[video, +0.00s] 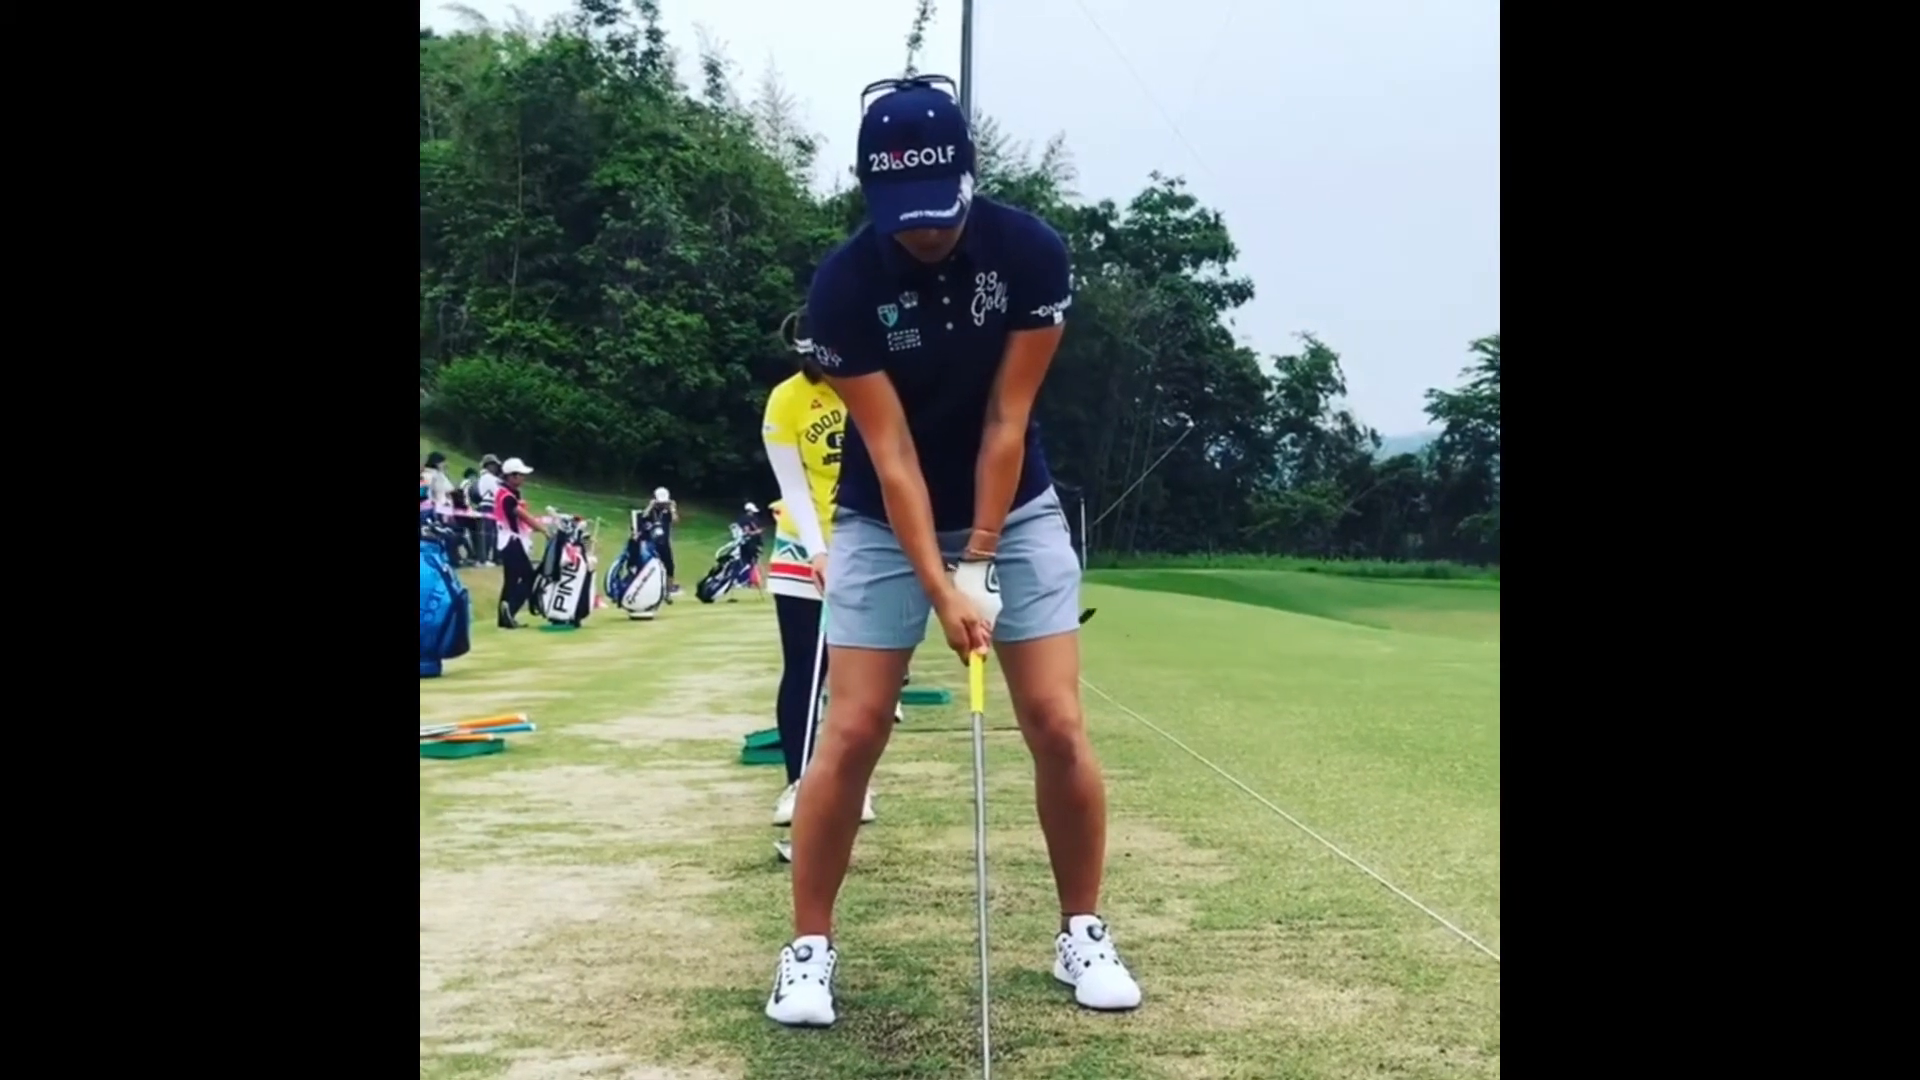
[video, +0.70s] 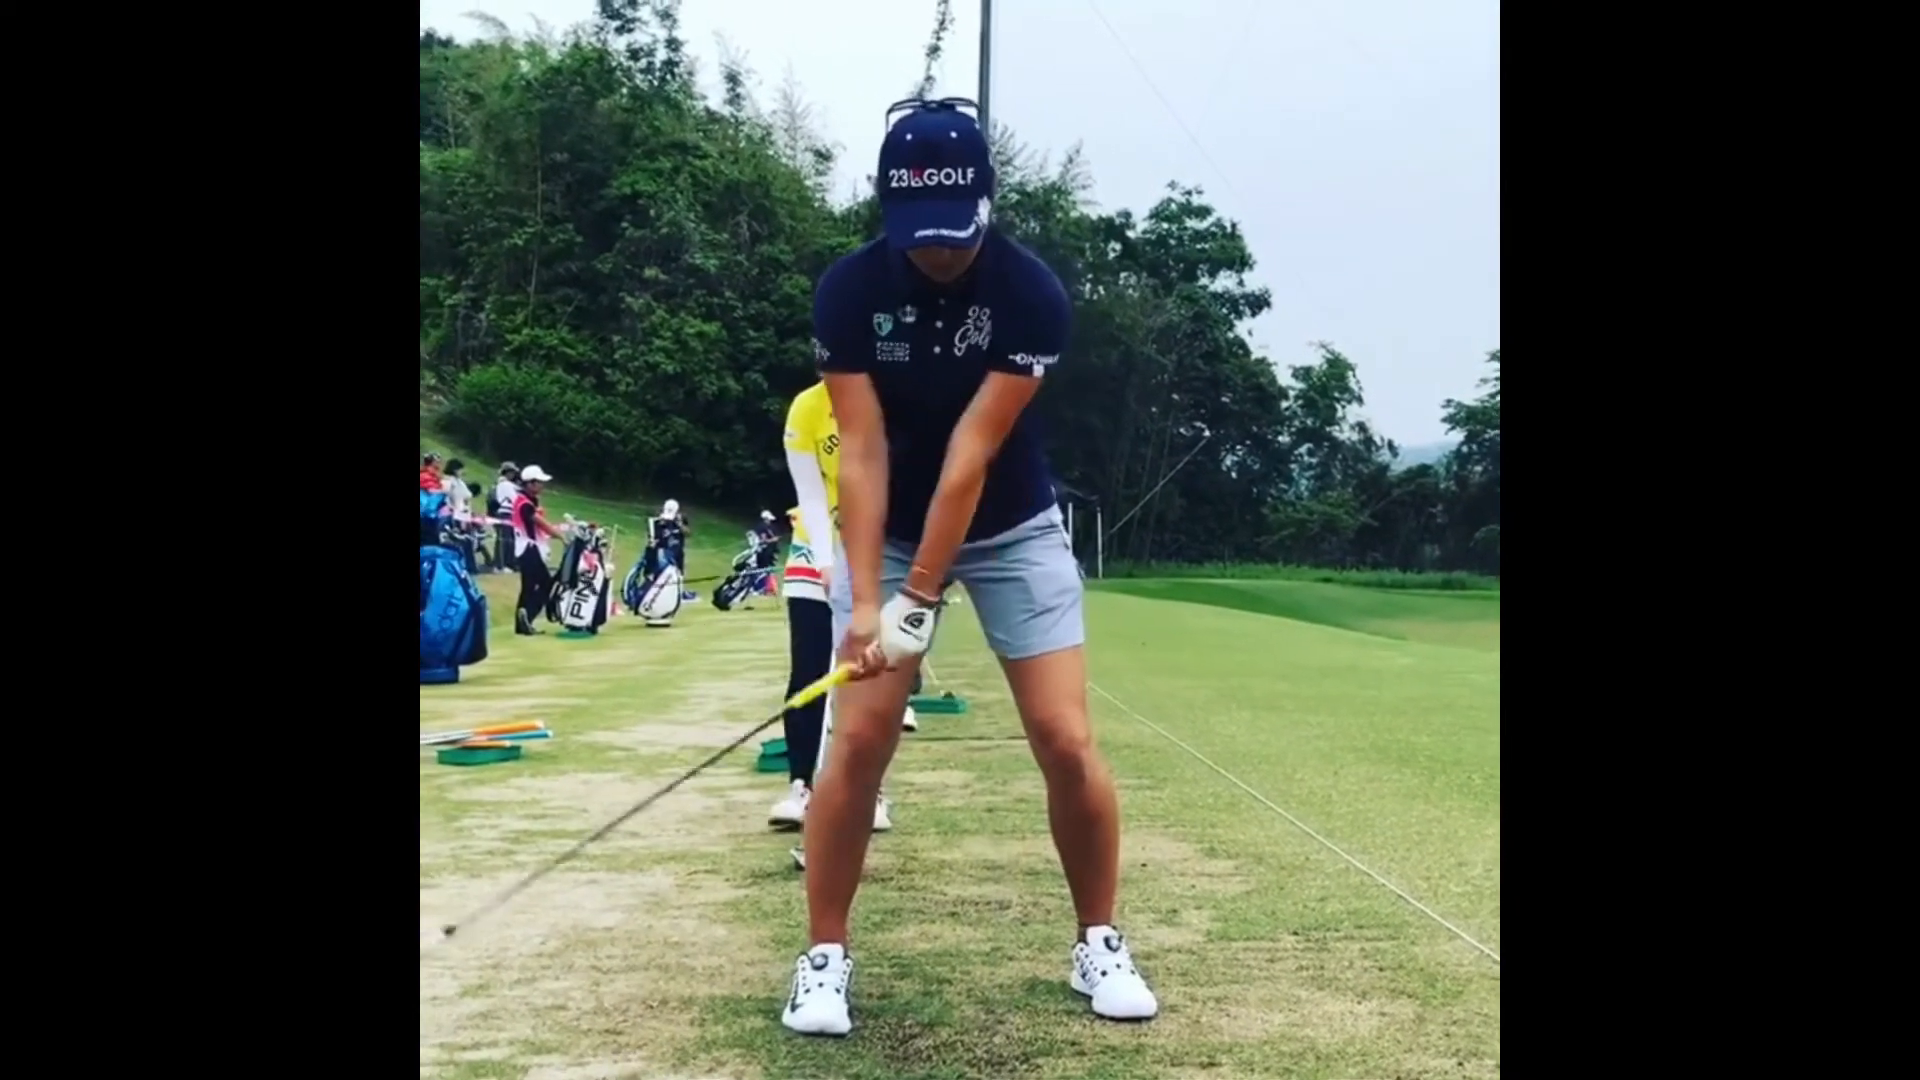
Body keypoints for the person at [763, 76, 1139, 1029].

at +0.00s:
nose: (928, 228)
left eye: (943, 207)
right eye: (908, 211)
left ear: (970, 176)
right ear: (875, 188)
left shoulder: (1029, 253)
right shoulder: (841, 286)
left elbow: (1009, 417)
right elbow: (891, 456)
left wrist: (980, 558)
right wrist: (939, 585)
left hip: (1012, 505)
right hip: (882, 513)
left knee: (1058, 725)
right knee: (855, 729)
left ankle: (1083, 933)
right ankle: (809, 946)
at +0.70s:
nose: (941, 247)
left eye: (958, 226)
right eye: (922, 229)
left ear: (986, 203)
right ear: (892, 207)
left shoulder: (1032, 296)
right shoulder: (847, 292)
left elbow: (971, 457)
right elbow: (858, 450)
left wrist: (919, 600)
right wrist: (865, 602)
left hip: (1013, 530)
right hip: (891, 535)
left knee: (1066, 741)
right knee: (858, 743)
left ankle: (1100, 942)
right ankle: (825, 954)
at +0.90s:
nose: (939, 253)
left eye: (957, 234)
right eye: (921, 234)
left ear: (991, 212)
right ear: (896, 209)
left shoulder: (999, 322)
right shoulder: (875, 260)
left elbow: (833, 416)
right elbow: (797, 375)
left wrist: (698, 487)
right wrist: (685, 453)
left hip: (1017, 541)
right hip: (895, 541)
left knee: (1068, 757)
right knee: (867, 736)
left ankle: (1103, 946)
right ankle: (828, 958)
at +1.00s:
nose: (936, 255)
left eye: (957, 237)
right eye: (920, 235)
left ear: (993, 217)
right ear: (897, 211)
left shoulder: (981, 321)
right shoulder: (896, 250)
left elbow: (790, 344)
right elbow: (808, 332)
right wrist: (682, 325)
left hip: (1017, 545)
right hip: (898, 541)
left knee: (1064, 764)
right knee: (869, 733)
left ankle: (1103, 947)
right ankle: (828, 958)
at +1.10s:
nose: (930, 250)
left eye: (952, 233)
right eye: (915, 230)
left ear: (989, 217)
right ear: (891, 212)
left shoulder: (980, 314)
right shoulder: (899, 269)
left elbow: (823, 310)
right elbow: (818, 305)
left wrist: (719, 230)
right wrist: (736, 230)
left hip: (1016, 550)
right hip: (897, 544)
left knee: (1059, 771)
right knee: (871, 737)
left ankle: (1103, 950)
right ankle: (828, 962)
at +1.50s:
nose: (985, 273)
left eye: (988, 251)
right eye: (963, 267)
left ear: (994, 215)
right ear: (916, 259)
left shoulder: (1048, 245)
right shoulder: (903, 333)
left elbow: (1080, 392)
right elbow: (965, 482)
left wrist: (1107, 530)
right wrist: (1074, 569)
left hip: (1086, 520)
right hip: (988, 530)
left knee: (1109, 726)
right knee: (960, 748)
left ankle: (1104, 951)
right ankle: (828, 952)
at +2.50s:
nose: (1133, 148)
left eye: (1127, 134)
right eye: (1121, 140)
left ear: (1034, 161)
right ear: (1089, 158)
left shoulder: (976, 250)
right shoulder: (1142, 234)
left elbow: (880, 199)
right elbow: (1063, 184)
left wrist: (918, 104)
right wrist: (991, 115)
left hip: (992, 522)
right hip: (1078, 526)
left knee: (1062, 752)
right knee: (1004, 770)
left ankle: (1063, 968)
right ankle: (868, 938)